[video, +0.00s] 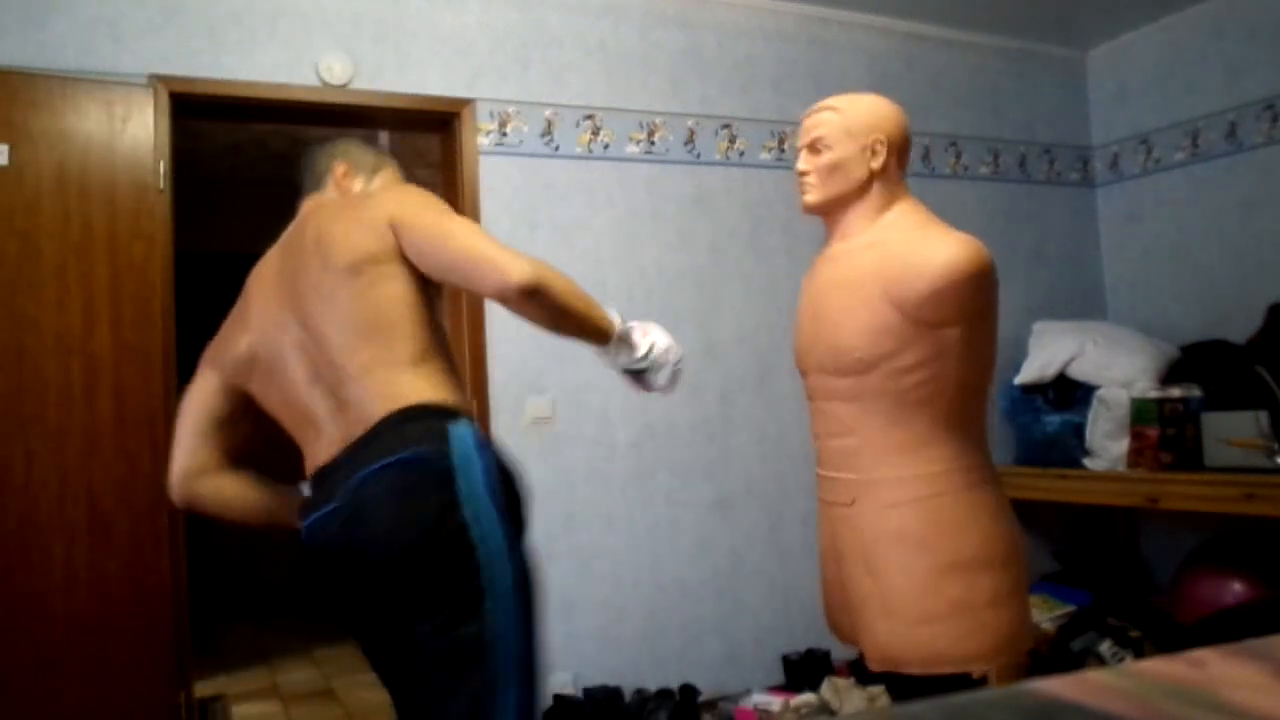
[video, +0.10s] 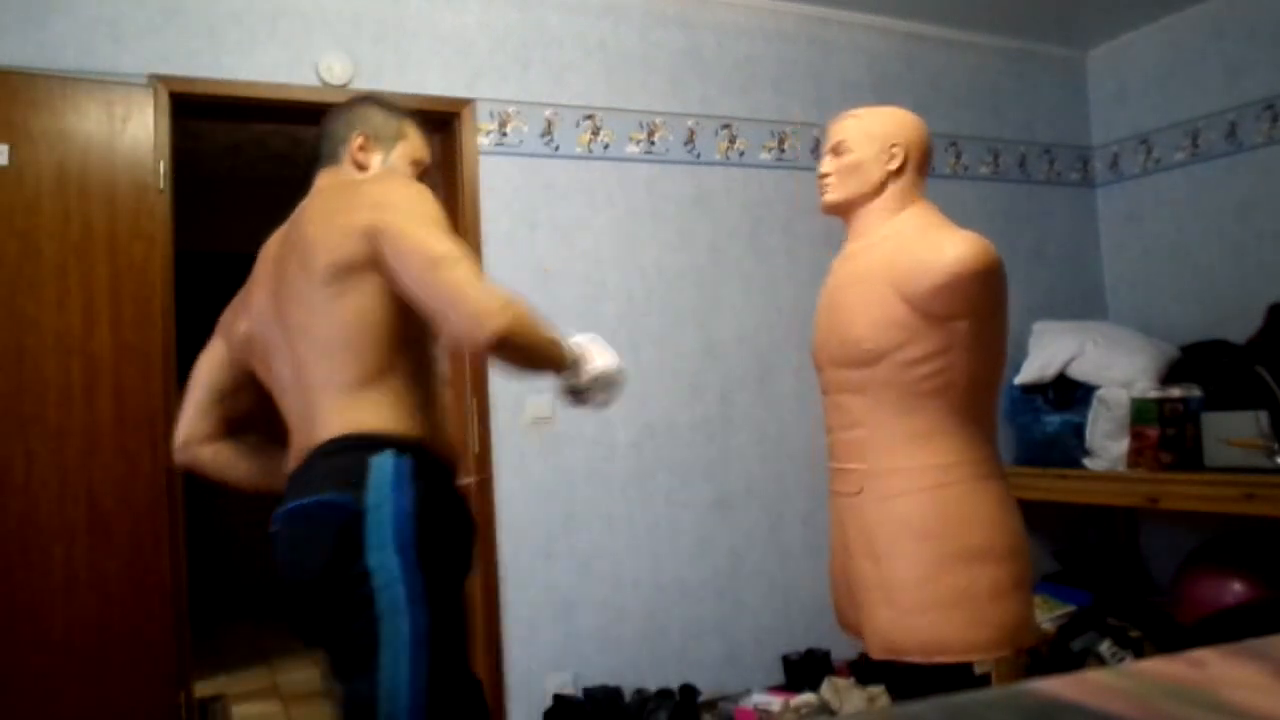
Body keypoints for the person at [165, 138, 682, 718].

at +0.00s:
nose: (395, 207)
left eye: (396, 196)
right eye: (391, 194)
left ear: (324, 184)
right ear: (345, 178)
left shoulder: (239, 321)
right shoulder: (378, 204)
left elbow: (191, 477)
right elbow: (518, 280)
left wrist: (314, 504)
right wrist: (619, 339)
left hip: (335, 517)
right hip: (429, 467)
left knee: (424, 703)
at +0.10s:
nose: (420, 186)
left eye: (421, 172)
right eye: (414, 169)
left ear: (354, 157)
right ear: (362, 153)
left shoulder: (263, 277)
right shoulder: (380, 200)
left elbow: (195, 440)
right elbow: (484, 322)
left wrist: (312, 472)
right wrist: (569, 359)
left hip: (311, 502)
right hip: (381, 490)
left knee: (442, 696)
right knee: (408, 702)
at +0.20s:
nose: (431, 186)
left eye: (432, 167)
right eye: (421, 160)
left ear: (359, 146)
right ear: (362, 144)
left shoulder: (288, 225)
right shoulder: (343, 218)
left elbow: (241, 420)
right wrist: (490, 415)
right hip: (333, 525)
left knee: (449, 710)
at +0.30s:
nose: (425, 193)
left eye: (425, 172)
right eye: (411, 165)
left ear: (347, 159)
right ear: (344, 155)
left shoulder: (309, 269)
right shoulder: (266, 264)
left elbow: (325, 432)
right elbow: (244, 467)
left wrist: (421, 450)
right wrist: (403, 509)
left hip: (323, 576)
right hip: (261, 584)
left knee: (461, 708)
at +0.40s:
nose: (406, 168)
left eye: (406, 146)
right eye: (391, 141)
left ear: (322, 134)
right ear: (318, 132)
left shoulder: (341, 270)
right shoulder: (206, 242)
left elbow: (356, 400)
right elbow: (97, 431)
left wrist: (439, 411)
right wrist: (280, 516)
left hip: (332, 584)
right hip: (224, 589)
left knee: (445, 712)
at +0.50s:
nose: (388, 109)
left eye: (387, 87)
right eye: (369, 81)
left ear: (296, 72)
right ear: (293, 71)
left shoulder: (350, 218)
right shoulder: (162, 183)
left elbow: (352, 368)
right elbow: (28, 344)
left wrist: (411, 358)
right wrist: (186, 435)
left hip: (334, 524)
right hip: (202, 532)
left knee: (394, 714)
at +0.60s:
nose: (359, 98)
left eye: (359, 75)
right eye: (340, 68)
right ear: (259, 59)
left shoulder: (353, 212)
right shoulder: (118, 185)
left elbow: (362, 375)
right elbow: (8, 347)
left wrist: (403, 348)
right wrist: (147, 416)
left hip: (328, 532)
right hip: (186, 537)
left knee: (374, 718)